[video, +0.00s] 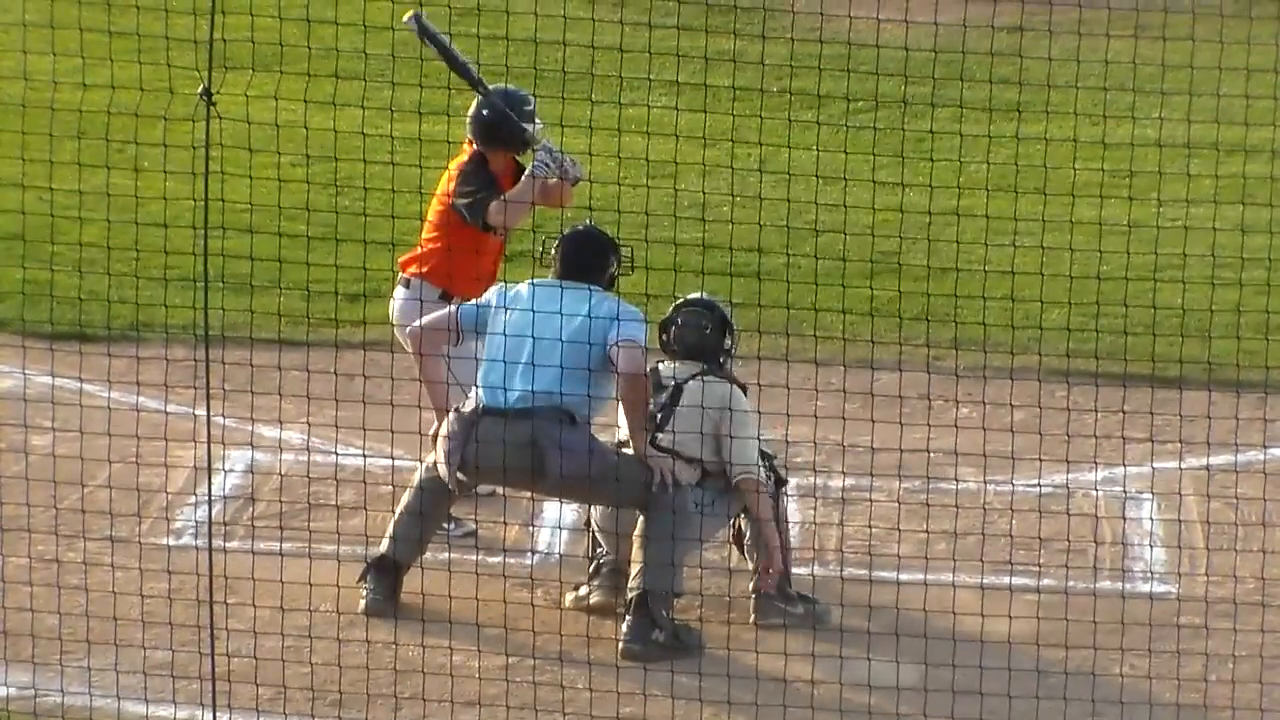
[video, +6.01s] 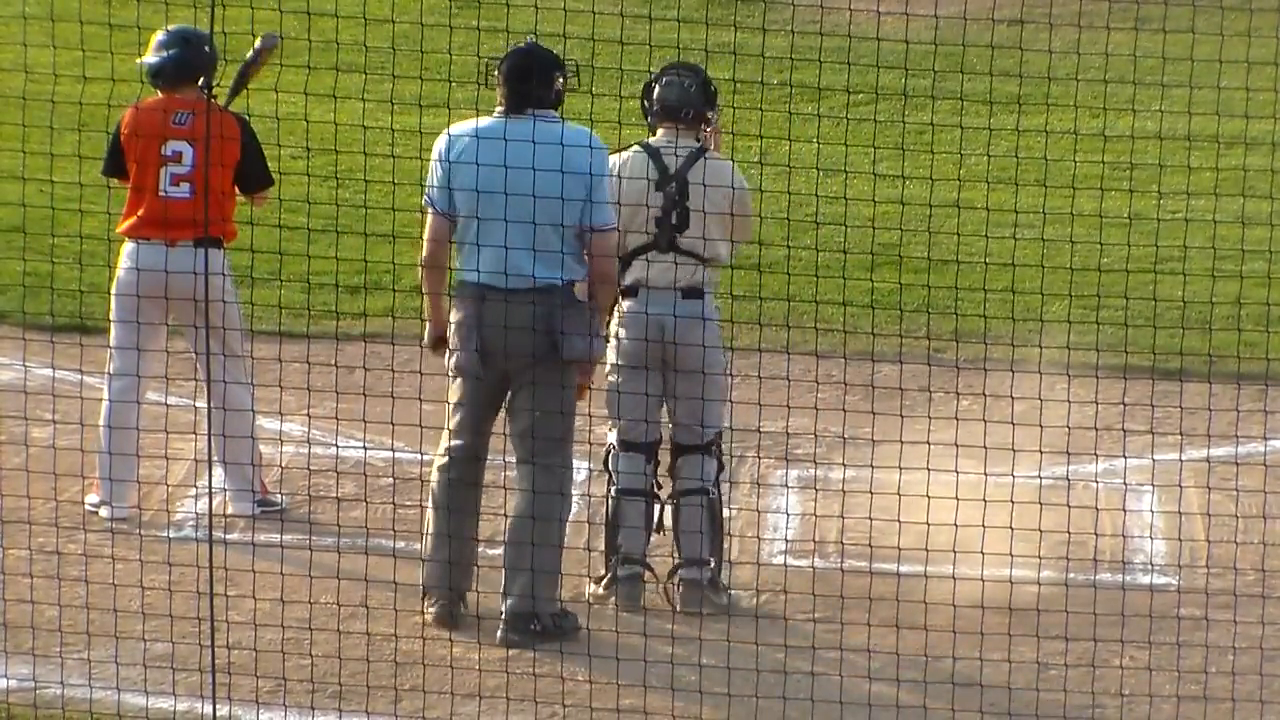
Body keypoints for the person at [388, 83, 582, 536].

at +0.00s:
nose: (532, 133)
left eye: (531, 126)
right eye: (528, 127)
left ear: (485, 131)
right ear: (513, 134)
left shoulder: (507, 168)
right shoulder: (471, 170)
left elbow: (556, 197)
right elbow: (500, 217)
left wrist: (563, 176)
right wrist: (534, 182)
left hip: (458, 304)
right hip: (426, 303)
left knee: (476, 398)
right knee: (462, 405)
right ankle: (434, 508)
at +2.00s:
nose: (453, 101)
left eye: (453, 91)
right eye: (449, 92)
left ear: (408, 89)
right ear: (429, 95)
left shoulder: (404, 132)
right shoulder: (394, 140)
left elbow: (402, 195)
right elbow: (386, 215)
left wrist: (444, 183)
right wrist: (440, 197)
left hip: (380, 269)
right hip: (375, 273)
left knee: (395, 378)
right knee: (412, 380)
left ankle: (349, 483)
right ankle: (428, 505)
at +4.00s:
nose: (175, 78)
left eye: (178, 71)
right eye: (177, 72)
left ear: (187, 71)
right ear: (230, 74)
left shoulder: (164, 112)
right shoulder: (255, 128)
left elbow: (99, 149)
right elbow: (278, 202)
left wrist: (38, 162)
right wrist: (281, 257)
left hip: (157, 259)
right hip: (223, 261)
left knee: (131, 371)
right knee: (235, 375)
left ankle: (110, 487)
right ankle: (249, 489)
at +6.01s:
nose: (150, 78)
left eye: (154, 72)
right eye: (152, 72)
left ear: (160, 72)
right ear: (205, 72)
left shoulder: (135, 117)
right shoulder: (232, 125)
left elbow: (118, 173)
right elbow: (259, 192)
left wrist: (176, 148)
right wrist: (224, 144)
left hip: (139, 261)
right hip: (205, 265)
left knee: (125, 375)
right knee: (228, 374)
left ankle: (113, 495)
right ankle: (248, 492)